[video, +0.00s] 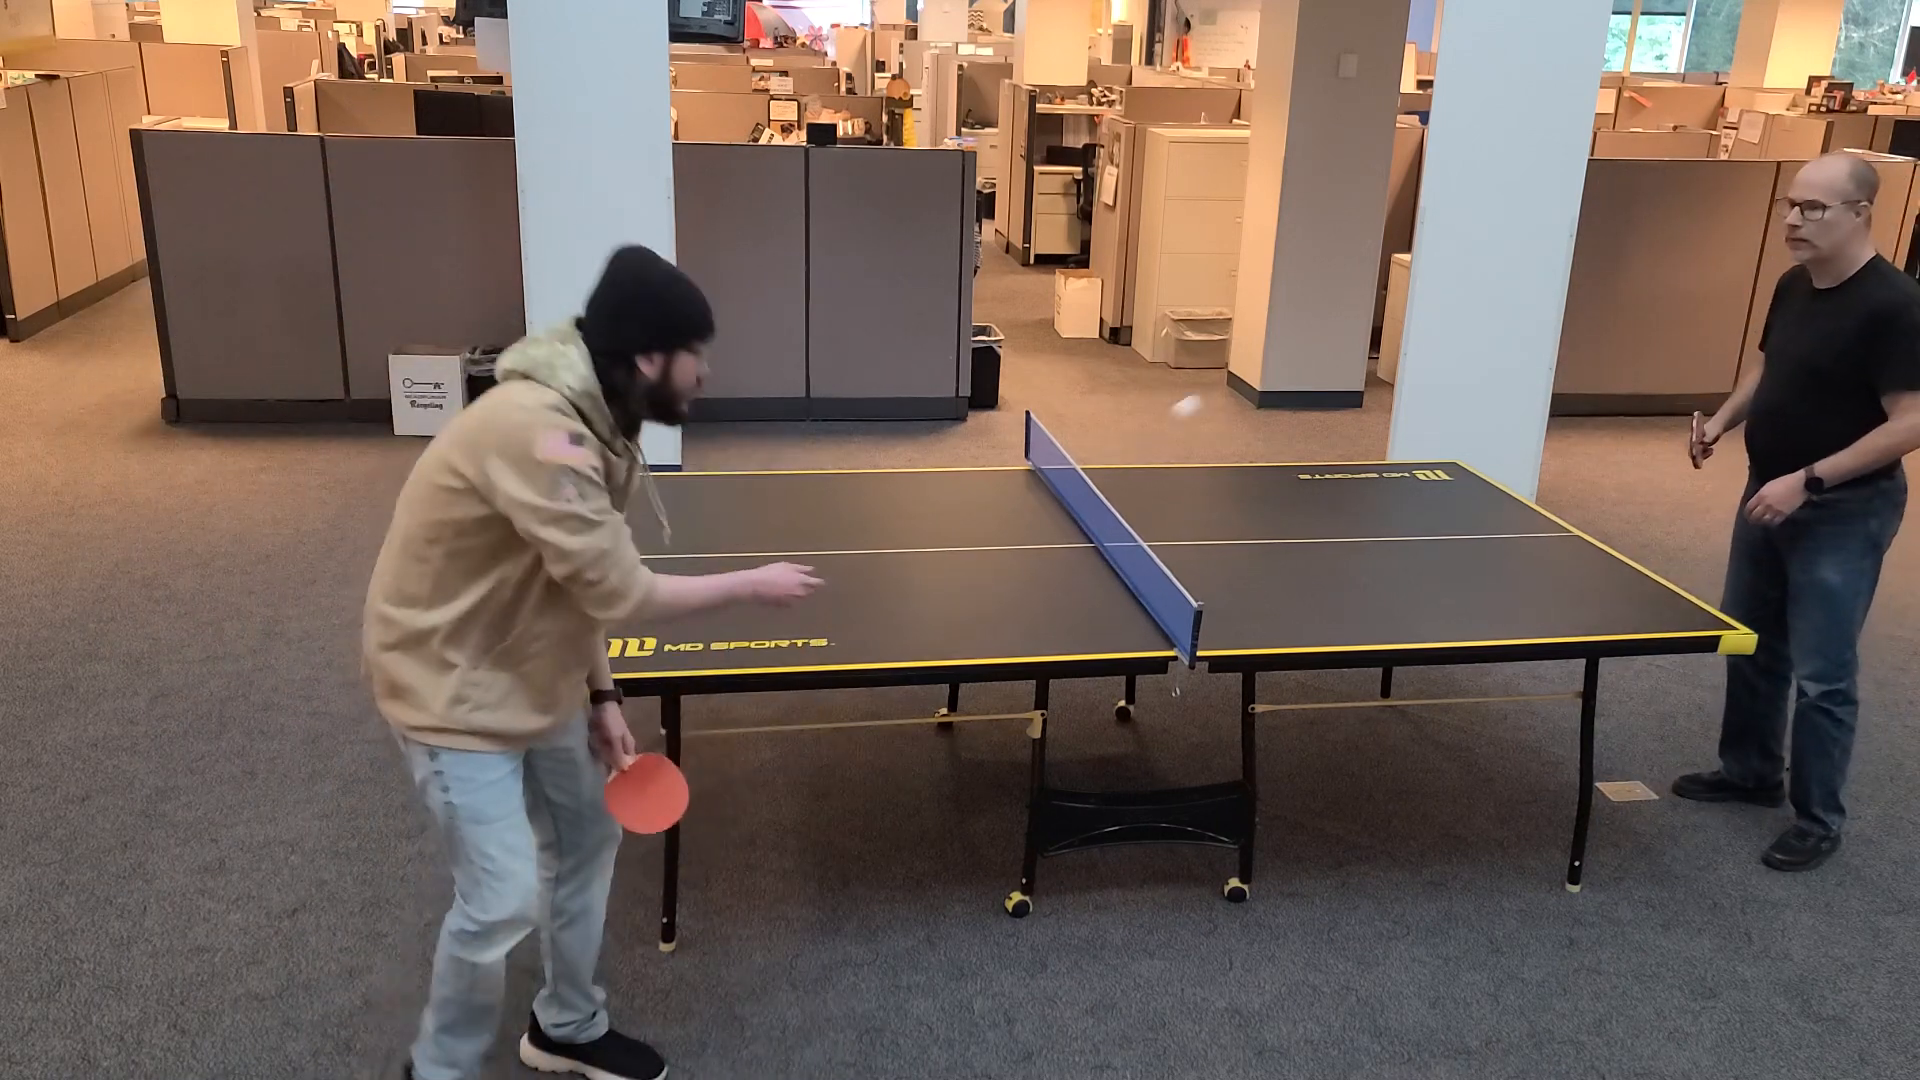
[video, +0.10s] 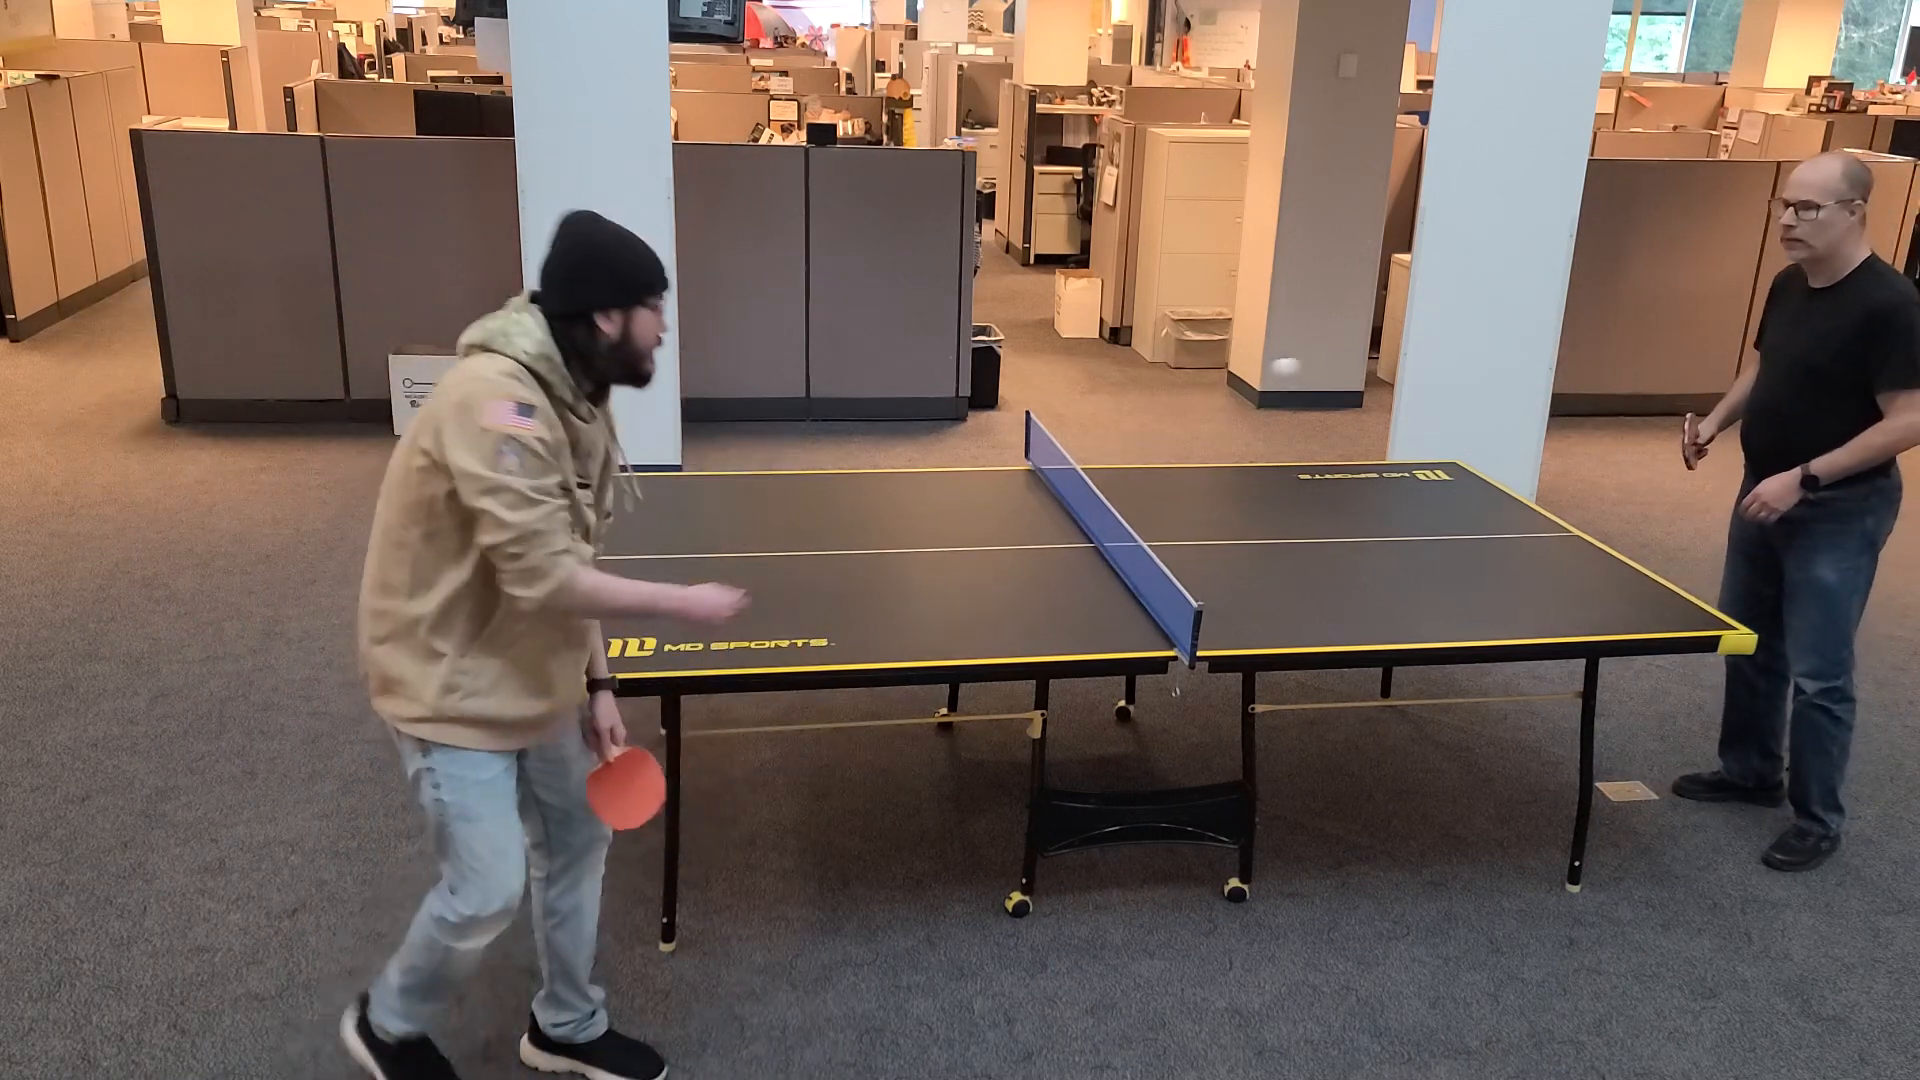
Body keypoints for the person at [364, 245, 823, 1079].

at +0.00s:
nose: (703, 373)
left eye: (703, 355)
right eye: (695, 355)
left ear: (641, 356)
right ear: (644, 358)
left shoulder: (598, 426)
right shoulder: (537, 432)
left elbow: (574, 582)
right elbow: (620, 597)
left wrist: (601, 695)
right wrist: (748, 586)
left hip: (532, 666)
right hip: (445, 674)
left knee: (585, 835)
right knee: (503, 893)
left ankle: (567, 1025)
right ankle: (443, 1067)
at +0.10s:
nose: (664, 327)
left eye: (661, 309)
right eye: (653, 310)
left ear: (601, 319)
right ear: (601, 318)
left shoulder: (573, 398)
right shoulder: (496, 404)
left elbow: (573, 553)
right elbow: (541, 577)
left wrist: (597, 681)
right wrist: (682, 602)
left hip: (532, 660)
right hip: (446, 670)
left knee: (575, 840)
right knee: (488, 886)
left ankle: (567, 1024)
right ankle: (387, 1023)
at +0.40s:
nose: (515, 286)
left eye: (509, 268)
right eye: (498, 270)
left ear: (450, 285)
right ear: (445, 285)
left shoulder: (465, 380)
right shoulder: (345, 392)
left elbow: (493, 529)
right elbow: (296, 566)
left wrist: (535, 641)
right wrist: (388, 688)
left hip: (475, 667)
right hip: (380, 687)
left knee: (529, 842)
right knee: (366, 868)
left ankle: (564, 1020)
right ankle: (295, 1007)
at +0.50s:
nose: (470, 276)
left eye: (465, 259)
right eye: (453, 261)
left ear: (409, 276)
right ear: (399, 277)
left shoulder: (431, 362)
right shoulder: (297, 385)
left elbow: (445, 512)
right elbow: (244, 556)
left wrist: (496, 624)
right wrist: (309, 698)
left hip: (438, 652)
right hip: (347, 673)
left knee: (487, 833)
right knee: (340, 864)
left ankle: (542, 1009)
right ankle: (294, 1010)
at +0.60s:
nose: (431, 255)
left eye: (426, 238)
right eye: (414, 241)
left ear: (367, 256)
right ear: (359, 257)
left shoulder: (391, 348)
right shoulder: (260, 373)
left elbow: (415, 493)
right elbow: (204, 536)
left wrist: (447, 601)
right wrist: (250, 683)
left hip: (410, 639)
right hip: (321, 660)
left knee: (460, 806)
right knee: (325, 845)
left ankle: (475, 984)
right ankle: (293, 1006)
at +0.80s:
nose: (375, 234)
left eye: (369, 216)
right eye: (357, 220)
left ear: (316, 233)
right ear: (300, 237)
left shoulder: (352, 330)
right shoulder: (208, 351)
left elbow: (382, 466)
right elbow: (146, 509)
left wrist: (405, 578)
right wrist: (197, 644)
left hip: (373, 616)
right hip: (278, 639)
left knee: (402, 758)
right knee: (293, 831)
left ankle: (350, 876)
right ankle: (291, 1002)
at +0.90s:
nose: (358, 233)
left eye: (353, 215)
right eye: (339, 219)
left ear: (303, 231)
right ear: (281, 234)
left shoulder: (341, 330)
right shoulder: (190, 349)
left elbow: (373, 465)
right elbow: (132, 503)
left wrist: (395, 578)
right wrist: (188, 635)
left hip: (353, 609)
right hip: (261, 631)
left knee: (354, 752)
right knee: (291, 824)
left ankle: (313, 856)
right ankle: (293, 1001)